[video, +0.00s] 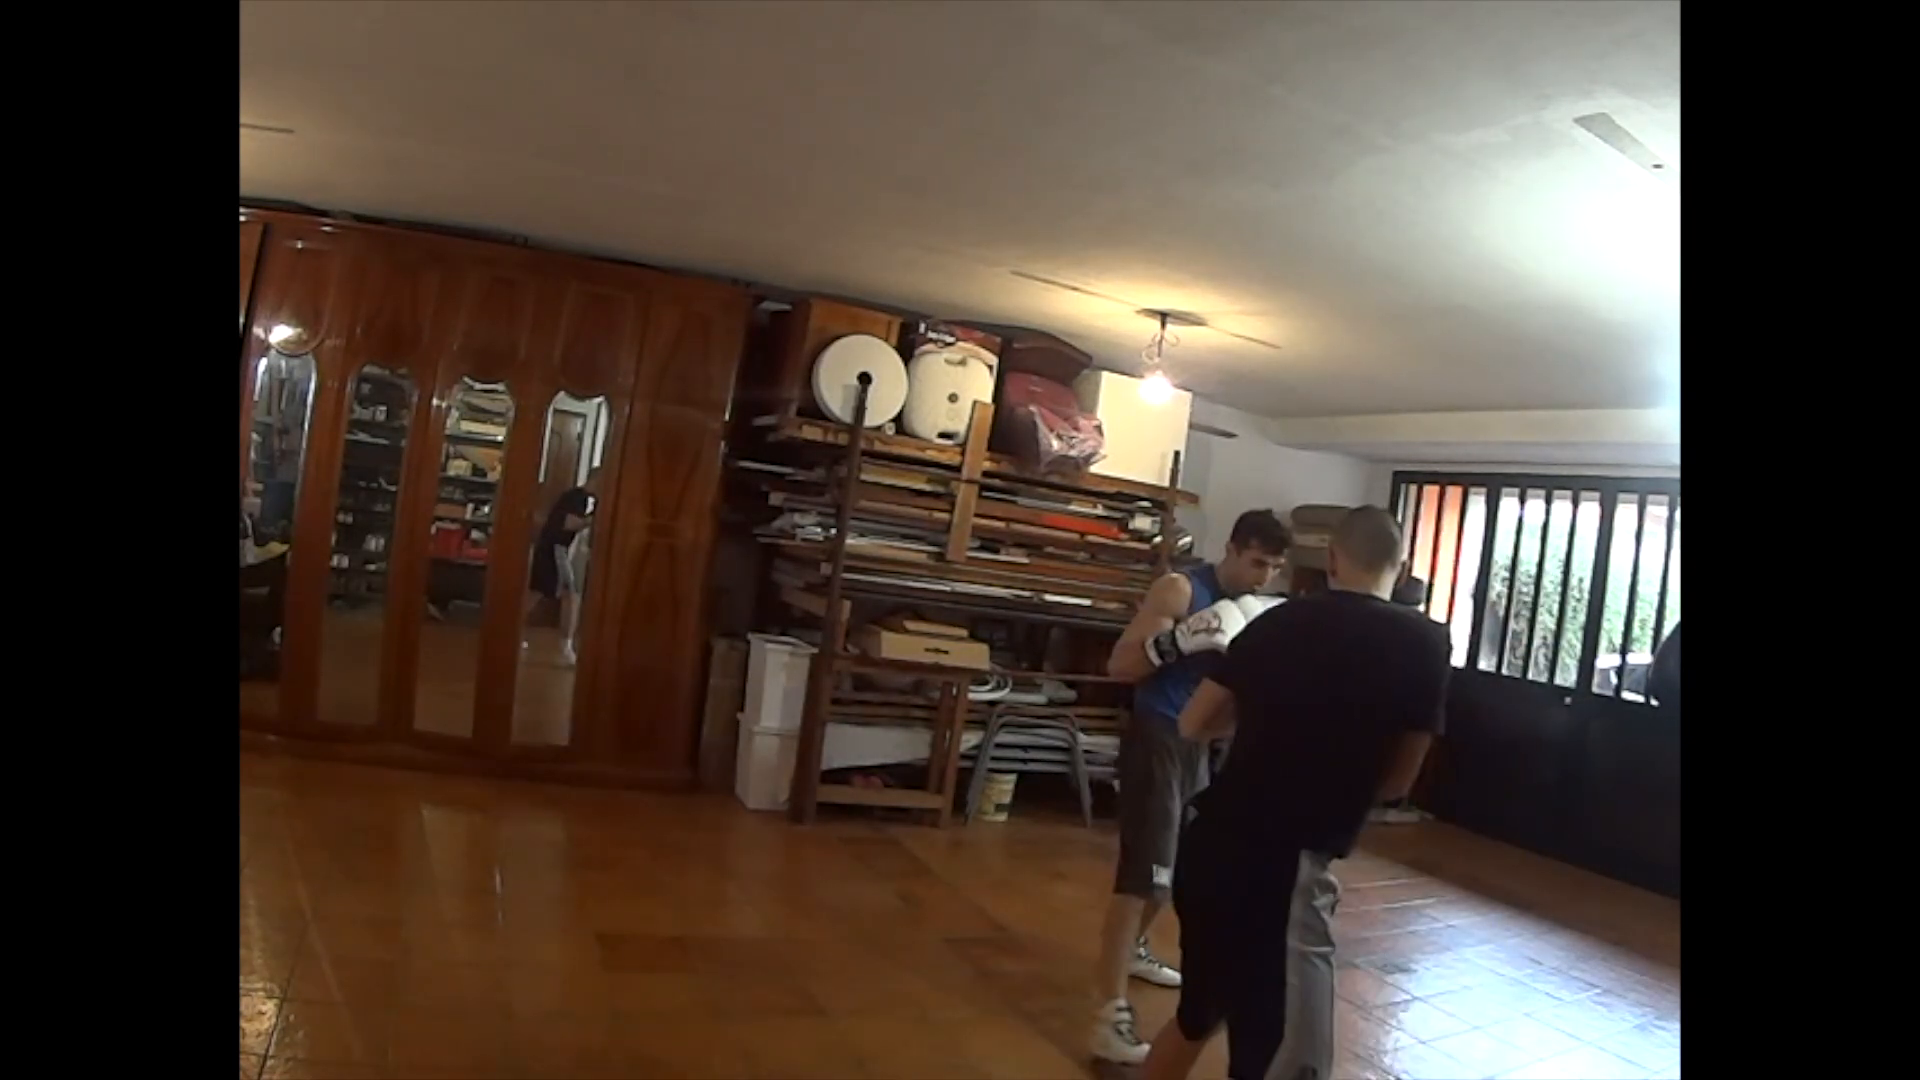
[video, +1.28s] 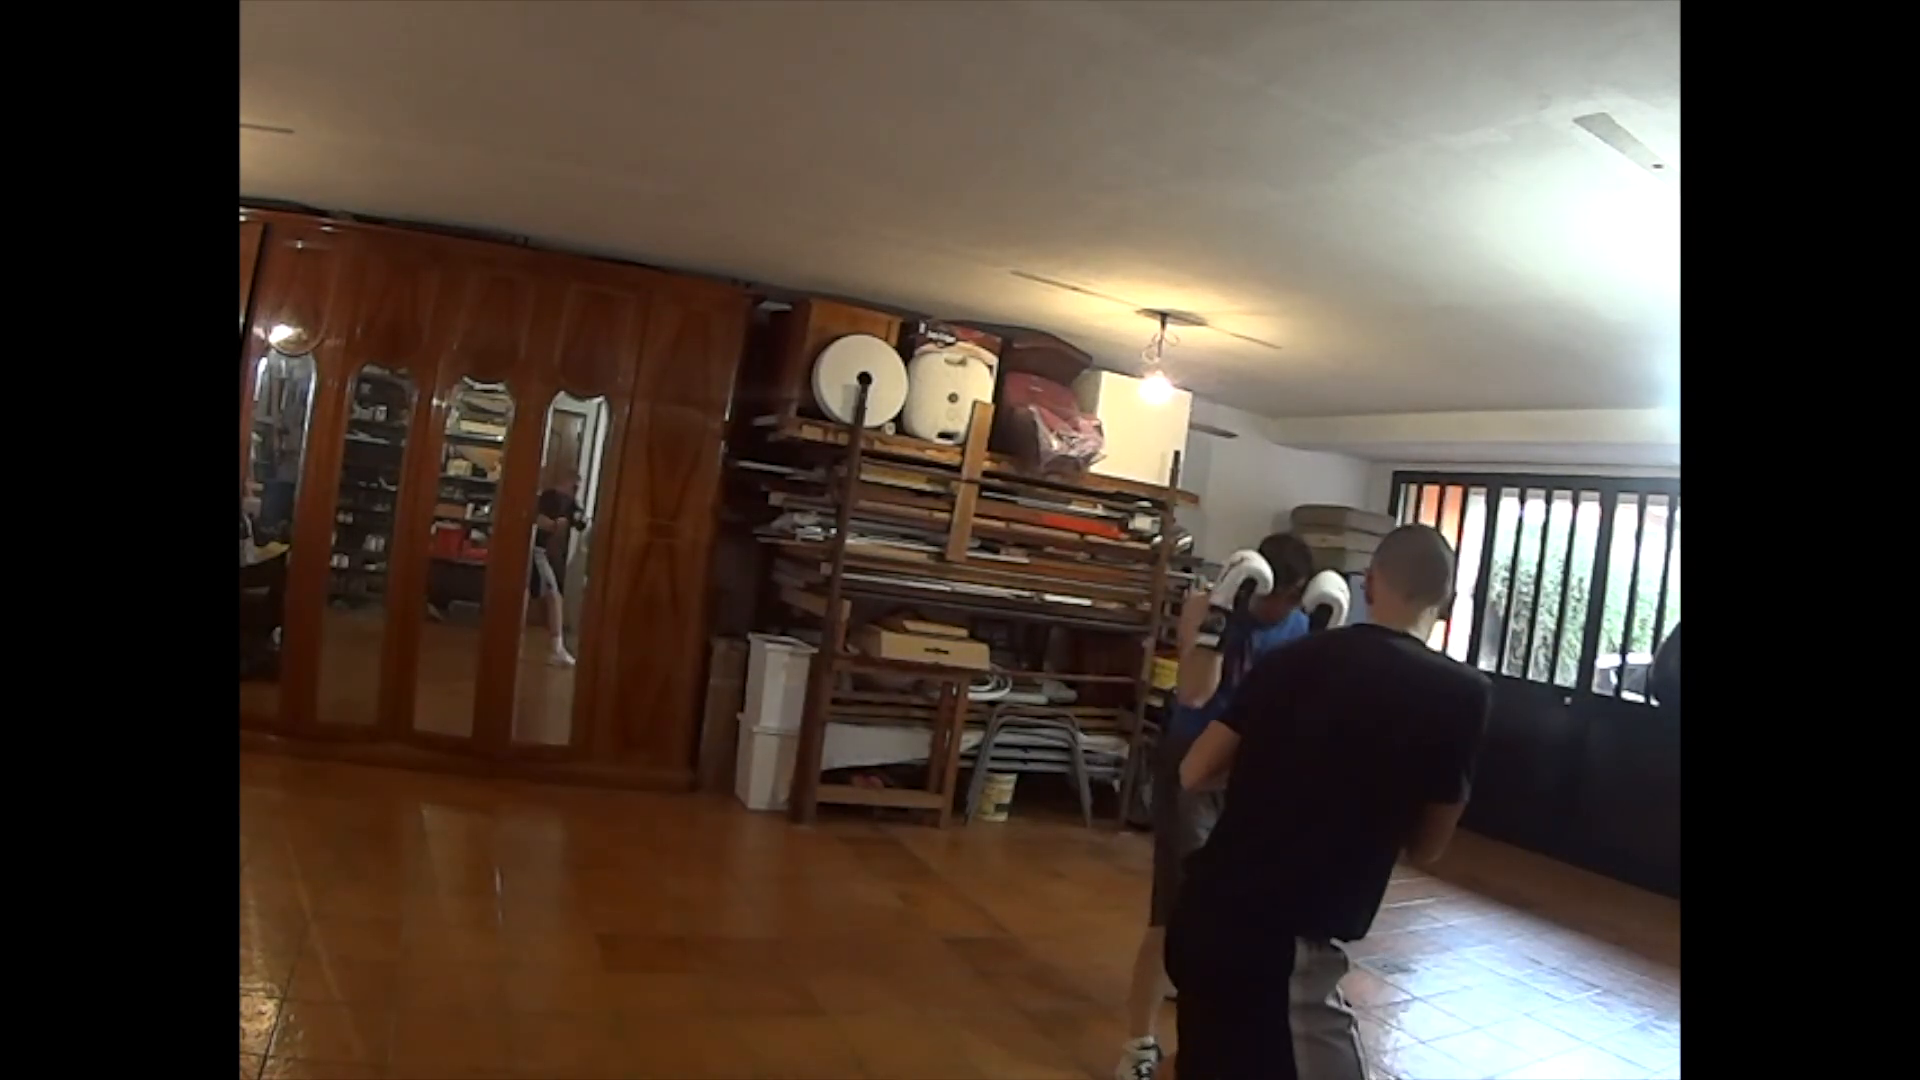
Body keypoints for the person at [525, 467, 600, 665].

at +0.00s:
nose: (602, 486)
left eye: (602, 481)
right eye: (601, 481)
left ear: (591, 479)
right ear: (594, 479)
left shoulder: (577, 497)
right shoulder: (578, 497)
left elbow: (571, 522)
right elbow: (569, 523)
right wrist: (590, 521)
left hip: (553, 544)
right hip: (555, 546)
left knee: (537, 590)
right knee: (571, 595)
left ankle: (515, 631)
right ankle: (566, 644)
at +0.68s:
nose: (588, 491)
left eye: (589, 488)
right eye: (586, 487)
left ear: (584, 488)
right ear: (575, 484)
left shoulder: (579, 505)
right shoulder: (559, 500)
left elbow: (590, 522)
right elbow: (552, 525)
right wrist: (576, 527)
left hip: (559, 551)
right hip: (546, 549)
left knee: (535, 593)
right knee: (562, 596)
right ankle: (562, 646)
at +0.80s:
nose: (579, 492)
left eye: (581, 488)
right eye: (576, 487)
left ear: (582, 490)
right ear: (566, 484)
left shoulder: (576, 508)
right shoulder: (550, 501)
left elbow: (585, 526)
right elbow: (541, 525)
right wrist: (566, 529)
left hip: (559, 551)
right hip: (541, 547)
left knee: (557, 593)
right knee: (555, 591)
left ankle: (561, 645)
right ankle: (560, 645)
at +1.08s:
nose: (576, 488)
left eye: (577, 485)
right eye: (573, 483)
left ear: (576, 487)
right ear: (561, 482)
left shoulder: (573, 504)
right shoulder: (549, 498)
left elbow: (581, 525)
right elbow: (540, 521)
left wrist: (577, 525)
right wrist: (565, 524)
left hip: (548, 549)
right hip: (537, 547)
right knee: (556, 593)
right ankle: (557, 646)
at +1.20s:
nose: (575, 487)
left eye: (577, 483)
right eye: (572, 482)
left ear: (575, 486)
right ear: (561, 480)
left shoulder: (572, 503)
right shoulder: (549, 497)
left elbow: (581, 525)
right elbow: (537, 518)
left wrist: (575, 522)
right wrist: (556, 524)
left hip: (550, 550)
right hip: (537, 547)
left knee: (525, 595)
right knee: (554, 595)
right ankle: (557, 647)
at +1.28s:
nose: (576, 485)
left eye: (577, 481)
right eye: (572, 480)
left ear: (573, 484)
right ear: (561, 479)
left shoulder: (571, 502)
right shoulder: (549, 497)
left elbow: (580, 525)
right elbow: (536, 517)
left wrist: (573, 522)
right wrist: (552, 524)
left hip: (553, 551)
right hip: (538, 547)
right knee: (554, 594)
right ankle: (557, 647)